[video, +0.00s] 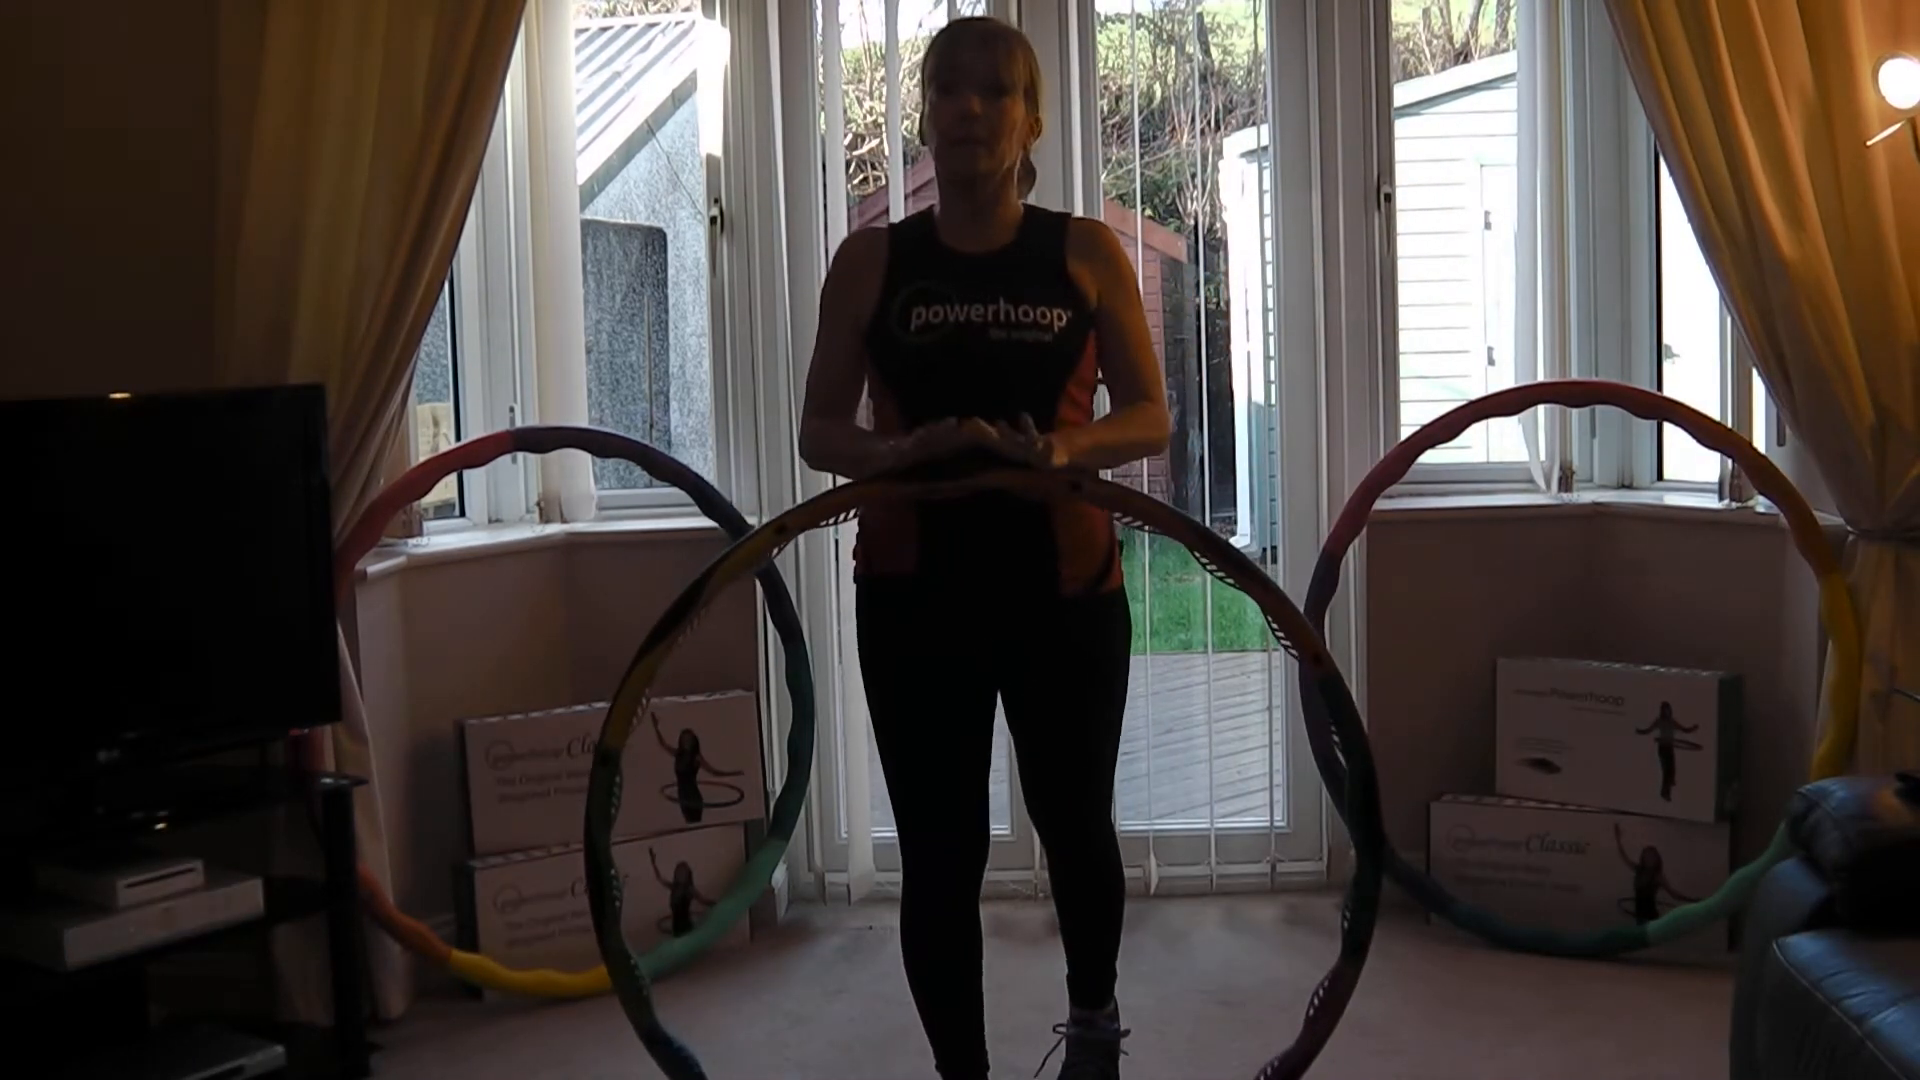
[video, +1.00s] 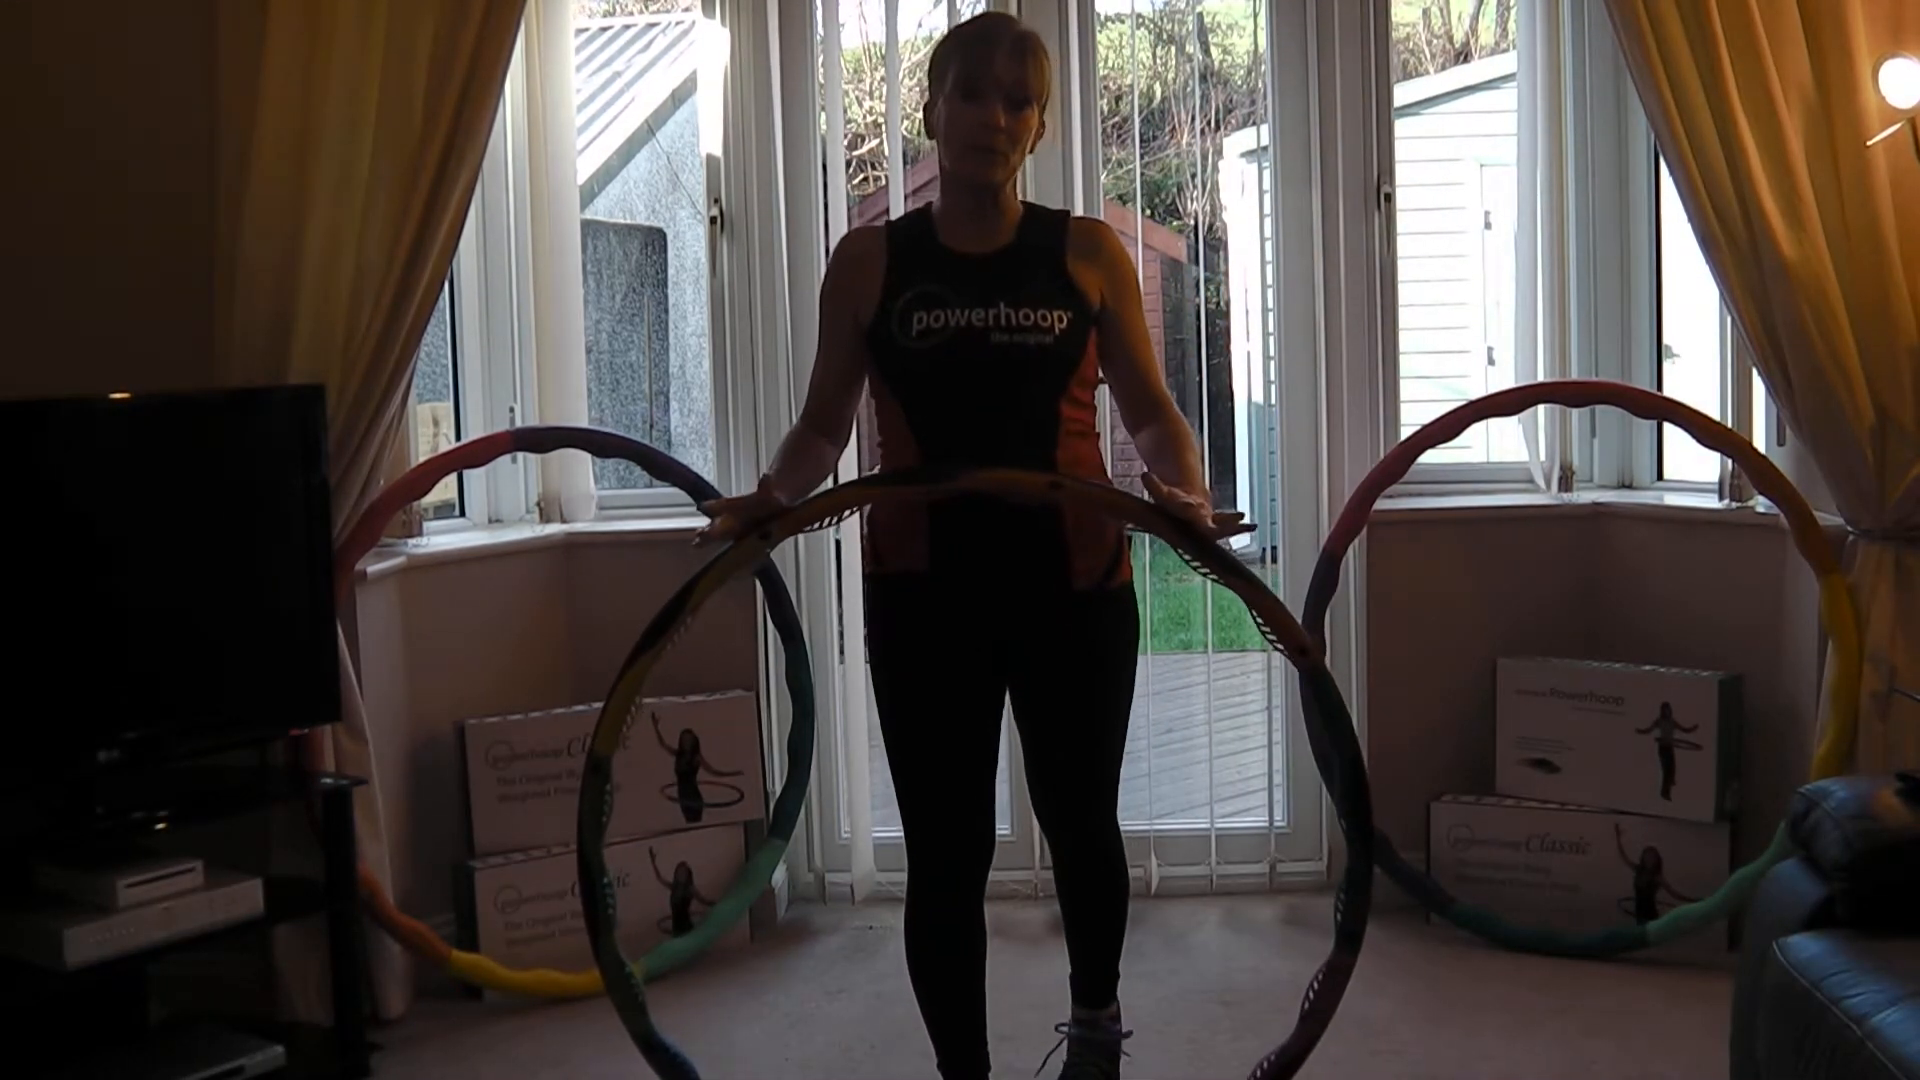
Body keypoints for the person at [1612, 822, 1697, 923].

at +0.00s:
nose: (1648, 859)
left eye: (1651, 856)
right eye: (1646, 856)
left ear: (1656, 859)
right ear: (1642, 858)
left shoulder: (1657, 876)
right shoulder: (1639, 870)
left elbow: (1673, 894)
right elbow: (1624, 857)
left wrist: (1692, 900)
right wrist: (1618, 839)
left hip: (1651, 913)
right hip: (1639, 912)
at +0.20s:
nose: (1648, 860)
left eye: (1651, 857)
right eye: (1646, 857)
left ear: (1657, 860)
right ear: (1642, 858)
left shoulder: (1657, 877)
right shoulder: (1639, 870)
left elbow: (1674, 894)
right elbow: (1623, 857)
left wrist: (1693, 901)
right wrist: (1618, 837)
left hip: (1651, 912)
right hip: (1639, 911)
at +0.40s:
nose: (1648, 860)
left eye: (1651, 857)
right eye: (1646, 857)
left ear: (1657, 860)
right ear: (1642, 858)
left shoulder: (1657, 877)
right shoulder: (1639, 870)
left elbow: (1674, 894)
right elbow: (1623, 856)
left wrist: (1693, 901)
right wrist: (1618, 837)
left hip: (1651, 912)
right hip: (1639, 911)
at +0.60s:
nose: (1648, 860)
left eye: (1652, 857)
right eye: (1646, 856)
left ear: (1657, 860)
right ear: (1642, 858)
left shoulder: (1657, 877)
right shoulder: (1639, 870)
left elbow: (1674, 894)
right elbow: (1623, 856)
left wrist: (1693, 901)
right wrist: (1618, 838)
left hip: (1651, 912)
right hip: (1639, 910)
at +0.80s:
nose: (1648, 860)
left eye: (1651, 857)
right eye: (1646, 856)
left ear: (1657, 860)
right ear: (1642, 858)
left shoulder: (1657, 877)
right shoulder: (1639, 870)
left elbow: (1674, 894)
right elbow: (1623, 857)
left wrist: (1693, 901)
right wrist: (1618, 838)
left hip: (1651, 912)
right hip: (1639, 911)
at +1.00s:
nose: (1648, 860)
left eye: (1651, 857)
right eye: (1646, 856)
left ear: (1657, 860)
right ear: (1642, 858)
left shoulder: (1657, 877)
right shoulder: (1639, 870)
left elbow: (1674, 894)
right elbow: (1623, 857)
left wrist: (1693, 901)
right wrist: (1618, 838)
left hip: (1651, 912)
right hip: (1639, 911)